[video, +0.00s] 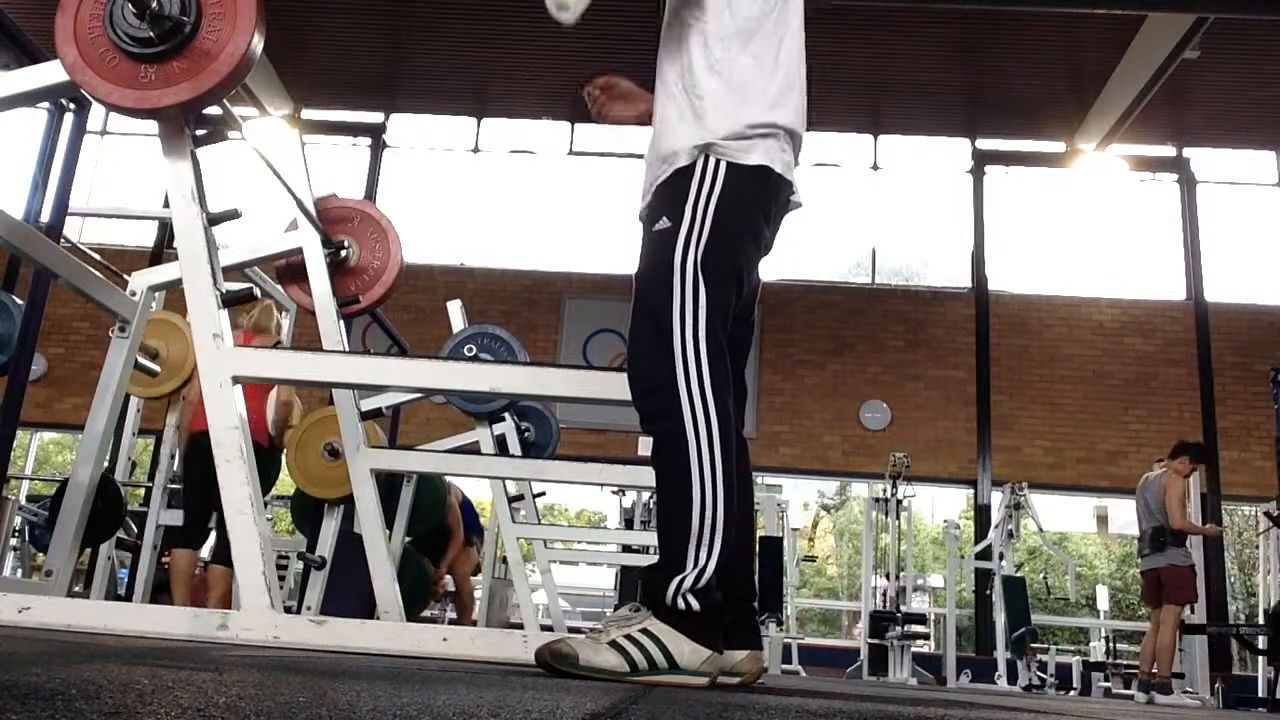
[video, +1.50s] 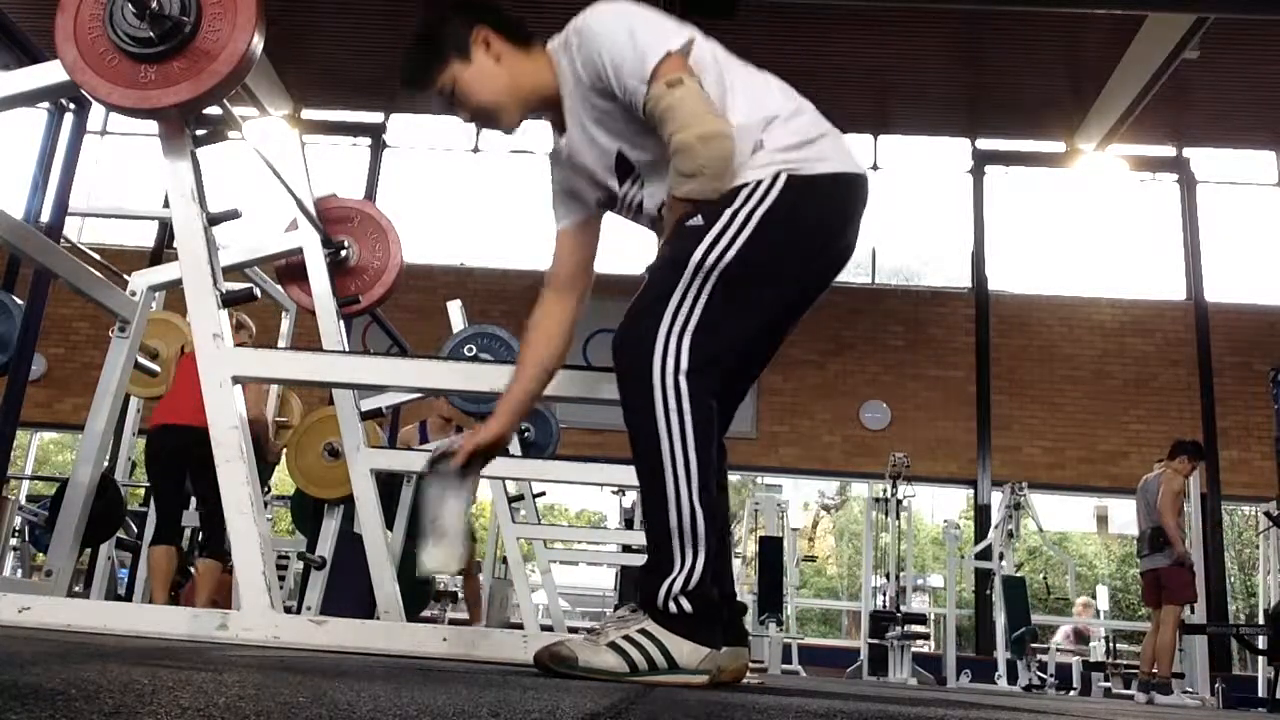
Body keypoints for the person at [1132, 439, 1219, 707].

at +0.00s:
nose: (1191, 475)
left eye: (1194, 470)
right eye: (1193, 469)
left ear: (1174, 459)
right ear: (1184, 461)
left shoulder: (1145, 480)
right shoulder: (1173, 480)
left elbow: (1146, 524)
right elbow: (1177, 523)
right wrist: (1206, 530)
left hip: (1149, 564)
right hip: (1173, 562)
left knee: (1155, 625)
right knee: (1169, 625)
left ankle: (1143, 685)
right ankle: (1164, 688)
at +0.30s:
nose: (1191, 475)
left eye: (1193, 470)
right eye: (1192, 469)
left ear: (1174, 459)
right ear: (1182, 461)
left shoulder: (1144, 480)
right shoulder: (1172, 480)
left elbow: (1146, 525)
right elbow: (1176, 522)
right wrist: (1204, 530)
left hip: (1149, 563)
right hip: (1173, 562)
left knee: (1156, 624)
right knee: (1169, 624)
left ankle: (1143, 685)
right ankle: (1164, 688)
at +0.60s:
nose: (1190, 474)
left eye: (1193, 470)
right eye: (1192, 469)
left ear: (1172, 459)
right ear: (1181, 461)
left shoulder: (1144, 481)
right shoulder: (1172, 480)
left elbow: (1146, 525)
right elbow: (1176, 522)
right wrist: (1204, 530)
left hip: (1149, 563)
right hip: (1173, 562)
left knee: (1156, 625)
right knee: (1169, 624)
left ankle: (1143, 684)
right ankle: (1164, 688)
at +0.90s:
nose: (1190, 475)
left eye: (1193, 471)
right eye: (1191, 469)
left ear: (1174, 458)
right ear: (1181, 461)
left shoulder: (1143, 481)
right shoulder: (1172, 480)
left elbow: (1144, 527)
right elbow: (1174, 521)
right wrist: (1205, 536)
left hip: (1148, 563)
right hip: (1172, 561)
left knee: (1156, 624)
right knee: (1169, 623)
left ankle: (1143, 684)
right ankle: (1163, 687)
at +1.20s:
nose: (1190, 475)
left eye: (1193, 470)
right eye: (1191, 469)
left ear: (1173, 459)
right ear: (1182, 461)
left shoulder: (1144, 481)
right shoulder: (1173, 479)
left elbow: (1143, 526)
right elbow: (1170, 516)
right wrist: (1195, 549)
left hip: (1149, 564)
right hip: (1172, 562)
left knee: (1156, 625)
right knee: (1168, 625)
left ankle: (1143, 685)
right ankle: (1163, 688)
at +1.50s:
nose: (1191, 473)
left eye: (1194, 468)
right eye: (1193, 467)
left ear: (1174, 459)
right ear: (1183, 460)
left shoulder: (1146, 480)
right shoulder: (1174, 479)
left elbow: (1145, 523)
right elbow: (1166, 515)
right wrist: (1180, 548)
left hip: (1149, 563)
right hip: (1170, 560)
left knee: (1156, 624)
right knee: (1169, 624)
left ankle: (1143, 684)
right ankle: (1163, 687)